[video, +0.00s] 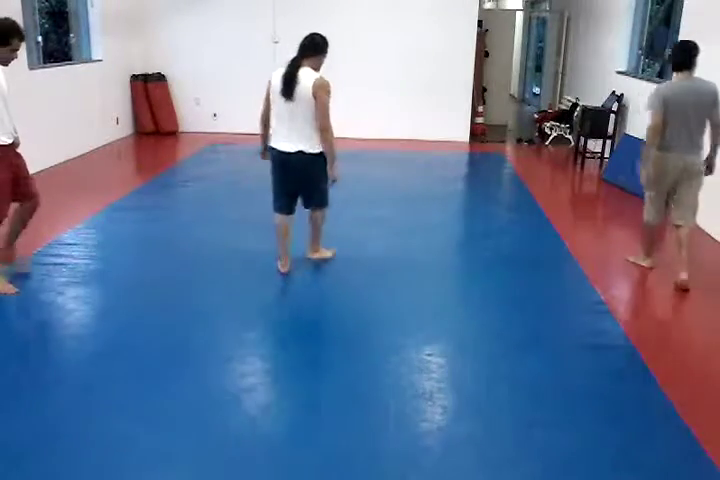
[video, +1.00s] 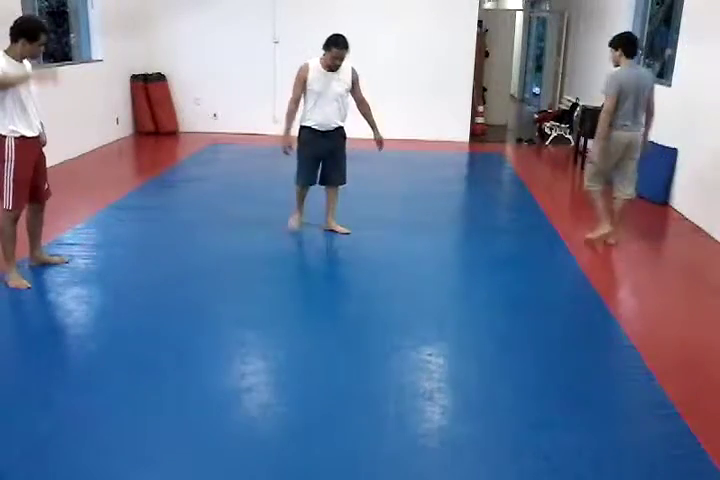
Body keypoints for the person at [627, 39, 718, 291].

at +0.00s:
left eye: (672, 59)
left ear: (671, 62)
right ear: (695, 62)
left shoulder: (662, 91)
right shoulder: (709, 91)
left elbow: (655, 128)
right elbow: (716, 129)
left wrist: (645, 161)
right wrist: (712, 156)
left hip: (663, 158)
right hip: (693, 161)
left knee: (654, 208)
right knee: (684, 217)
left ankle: (647, 256)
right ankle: (683, 272)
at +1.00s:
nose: (611, 55)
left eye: (612, 51)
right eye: (611, 51)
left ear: (620, 52)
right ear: (632, 52)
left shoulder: (616, 77)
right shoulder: (647, 76)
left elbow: (607, 112)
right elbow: (650, 111)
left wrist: (597, 142)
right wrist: (645, 136)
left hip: (615, 134)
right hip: (636, 135)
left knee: (594, 176)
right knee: (624, 185)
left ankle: (604, 223)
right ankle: (613, 231)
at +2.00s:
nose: (567, 56)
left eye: (570, 51)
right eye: (566, 51)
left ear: (582, 51)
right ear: (569, 51)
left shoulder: (592, 71)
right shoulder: (576, 70)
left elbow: (597, 102)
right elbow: (575, 98)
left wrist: (594, 123)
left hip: (585, 122)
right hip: (573, 121)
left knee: (576, 169)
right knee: (570, 168)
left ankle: (574, 216)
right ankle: (570, 212)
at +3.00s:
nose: (584, 64)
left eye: (589, 60)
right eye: (583, 59)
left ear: (602, 59)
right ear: (582, 57)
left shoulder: (613, 83)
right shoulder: (578, 76)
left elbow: (621, 117)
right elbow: (570, 105)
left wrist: (620, 150)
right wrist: (558, 130)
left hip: (599, 138)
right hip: (575, 134)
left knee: (592, 188)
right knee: (565, 184)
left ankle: (587, 223)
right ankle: (561, 230)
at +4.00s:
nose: (589, 64)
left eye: (594, 60)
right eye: (588, 59)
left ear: (610, 60)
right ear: (589, 58)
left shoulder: (625, 91)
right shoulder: (586, 80)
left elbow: (627, 132)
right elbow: (576, 112)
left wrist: (624, 170)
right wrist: (563, 136)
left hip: (605, 155)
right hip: (577, 150)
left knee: (599, 218)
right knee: (560, 208)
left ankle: (594, 267)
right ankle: (567, 245)